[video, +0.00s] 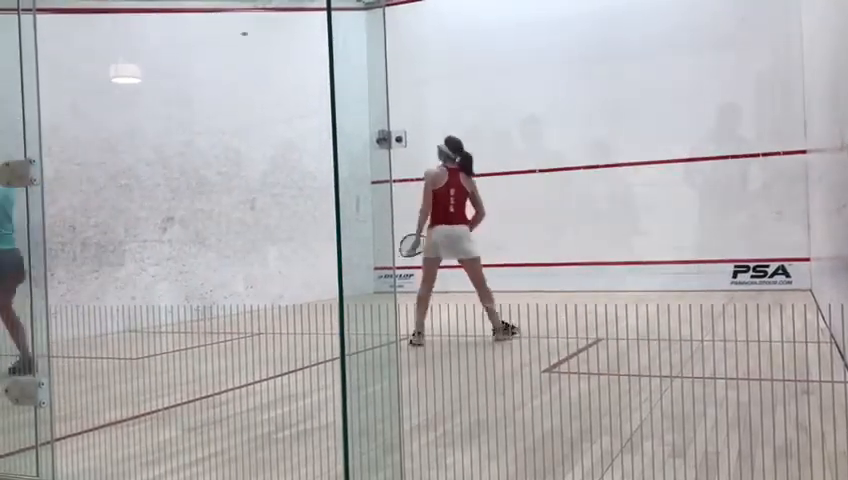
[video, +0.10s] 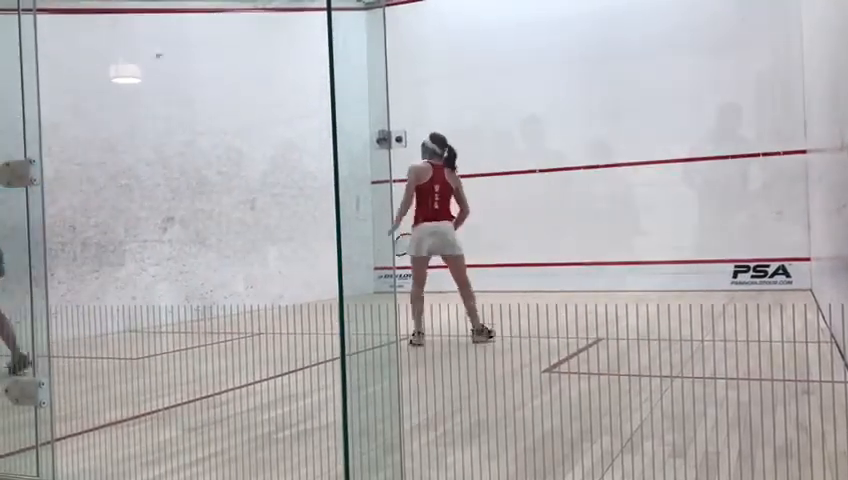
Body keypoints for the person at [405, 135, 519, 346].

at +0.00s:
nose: (438, 155)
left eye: (439, 153)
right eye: (442, 153)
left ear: (441, 155)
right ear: (459, 157)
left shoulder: (432, 175)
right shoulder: (466, 178)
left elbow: (426, 209)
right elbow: (480, 212)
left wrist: (417, 235)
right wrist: (467, 229)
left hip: (436, 233)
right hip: (461, 232)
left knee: (426, 285)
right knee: (480, 284)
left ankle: (418, 332)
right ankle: (497, 326)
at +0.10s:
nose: (421, 153)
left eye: (422, 150)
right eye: (423, 150)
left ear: (426, 152)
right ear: (443, 153)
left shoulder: (416, 170)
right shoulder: (451, 175)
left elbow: (407, 203)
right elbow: (465, 209)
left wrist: (396, 222)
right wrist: (452, 228)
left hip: (423, 229)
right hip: (446, 228)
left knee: (418, 284)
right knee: (463, 282)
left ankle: (418, 332)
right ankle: (477, 327)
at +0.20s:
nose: (406, 149)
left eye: (408, 146)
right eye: (409, 146)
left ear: (410, 148)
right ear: (429, 150)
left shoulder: (402, 168)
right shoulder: (437, 170)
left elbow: (393, 197)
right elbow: (449, 205)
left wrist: (386, 201)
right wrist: (438, 223)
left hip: (410, 227)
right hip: (434, 226)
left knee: (412, 283)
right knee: (442, 281)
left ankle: (417, 331)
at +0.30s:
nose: (395, 152)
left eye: (397, 149)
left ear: (399, 149)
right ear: (418, 150)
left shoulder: (393, 168)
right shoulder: (426, 171)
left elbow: (383, 199)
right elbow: (437, 207)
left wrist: (386, 181)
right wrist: (427, 225)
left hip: (400, 230)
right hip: (421, 229)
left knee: (405, 285)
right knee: (421, 284)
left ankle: (414, 329)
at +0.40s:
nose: (399, 148)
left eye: (397, 147)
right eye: (404, 147)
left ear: (391, 153)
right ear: (411, 154)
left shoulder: (381, 172)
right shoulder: (416, 175)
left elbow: (374, 200)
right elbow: (427, 212)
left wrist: (386, 181)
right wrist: (416, 231)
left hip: (383, 230)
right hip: (406, 230)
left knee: (394, 286)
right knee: (400, 286)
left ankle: (411, 330)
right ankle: (382, 332)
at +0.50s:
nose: (391, 159)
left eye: (392, 155)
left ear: (389, 159)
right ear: (408, 165)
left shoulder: (371, 175)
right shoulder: (409, 184)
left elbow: (361, 203)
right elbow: (417, 220)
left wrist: (379, 202)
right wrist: (408, 242)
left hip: (368, 237)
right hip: (390, 237)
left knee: (379, 290)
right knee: (389, 290)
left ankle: (396, 332)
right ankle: (377, 337)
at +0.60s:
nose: (381, 162)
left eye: (380, 157)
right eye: (383, 157)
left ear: (371, 156)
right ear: (390, 157)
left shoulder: (359, 173)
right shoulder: (395, 179)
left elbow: (343, 198)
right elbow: (404, 216)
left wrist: (359, 201)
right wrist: (403, 241)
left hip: (355, 230)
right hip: (380, 230)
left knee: (357, 285)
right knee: (388, 286)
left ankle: (366, 329)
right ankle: (376, 333)